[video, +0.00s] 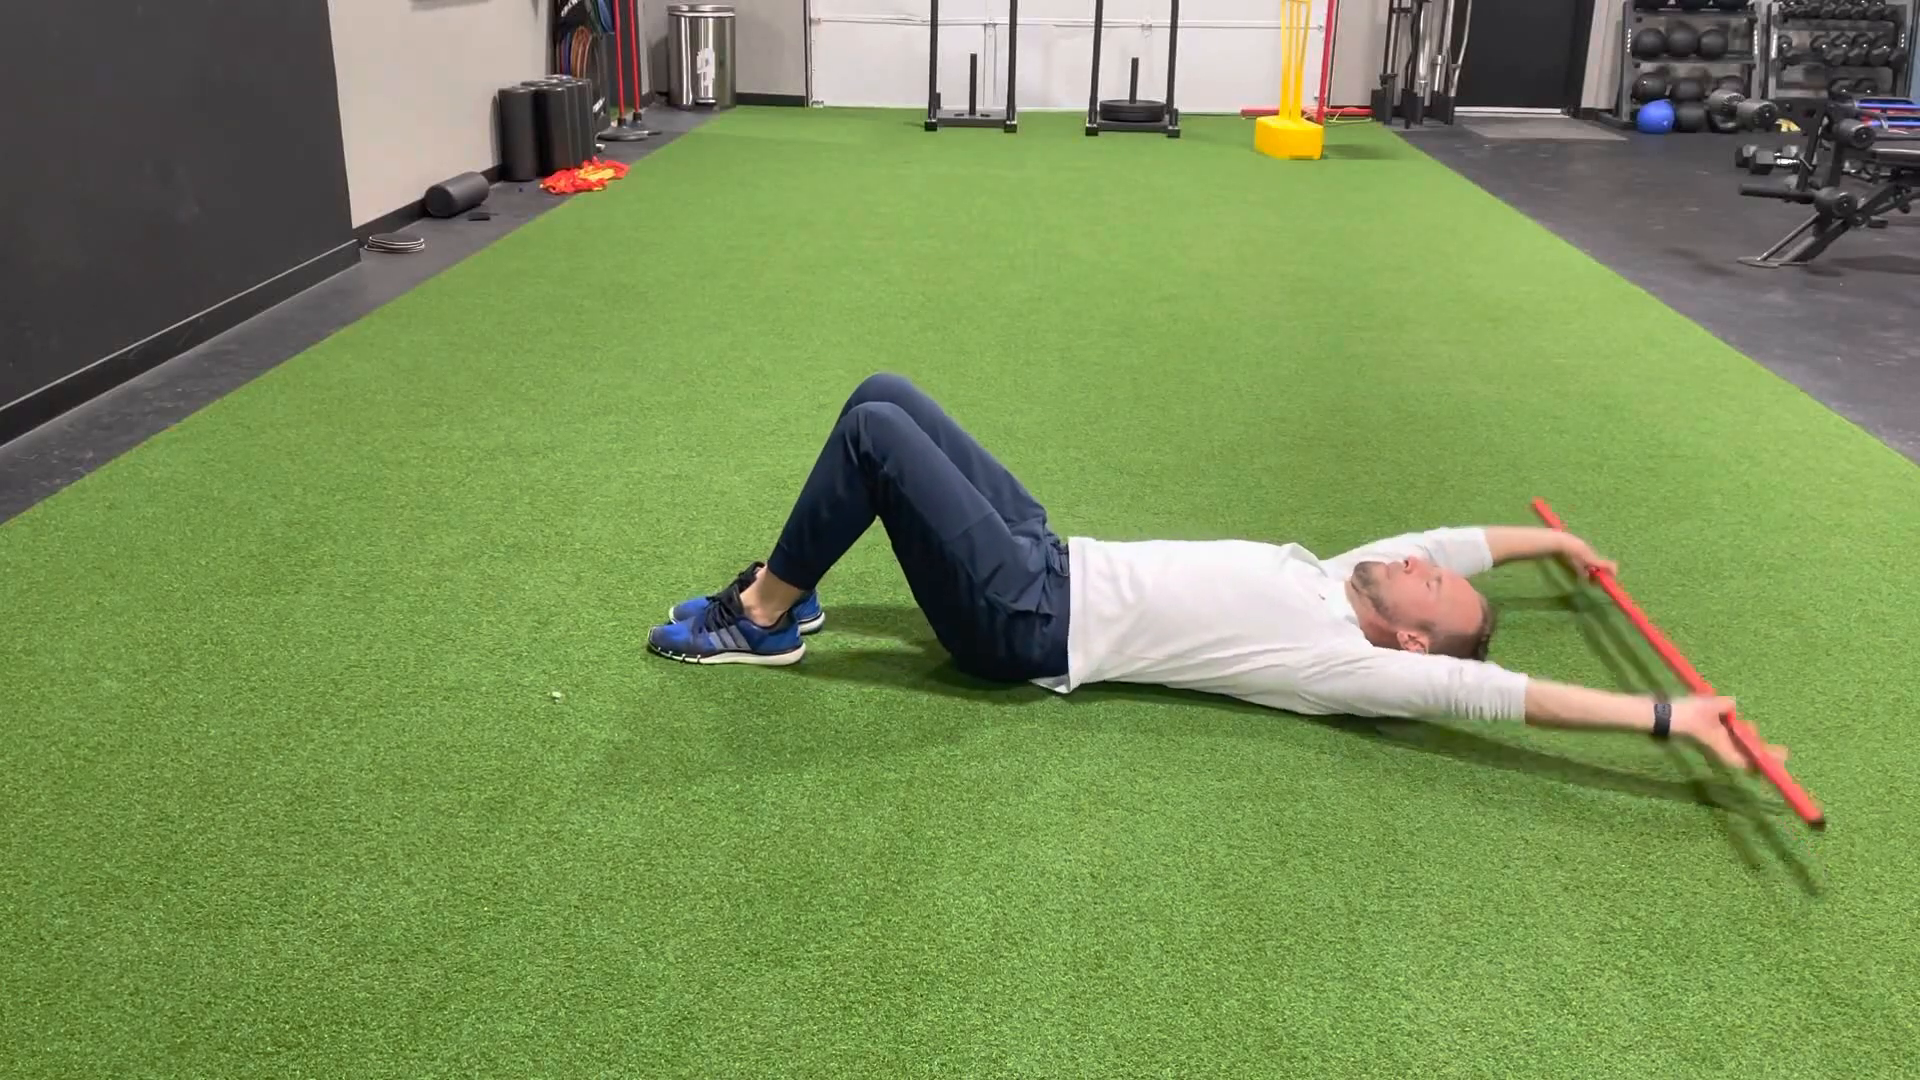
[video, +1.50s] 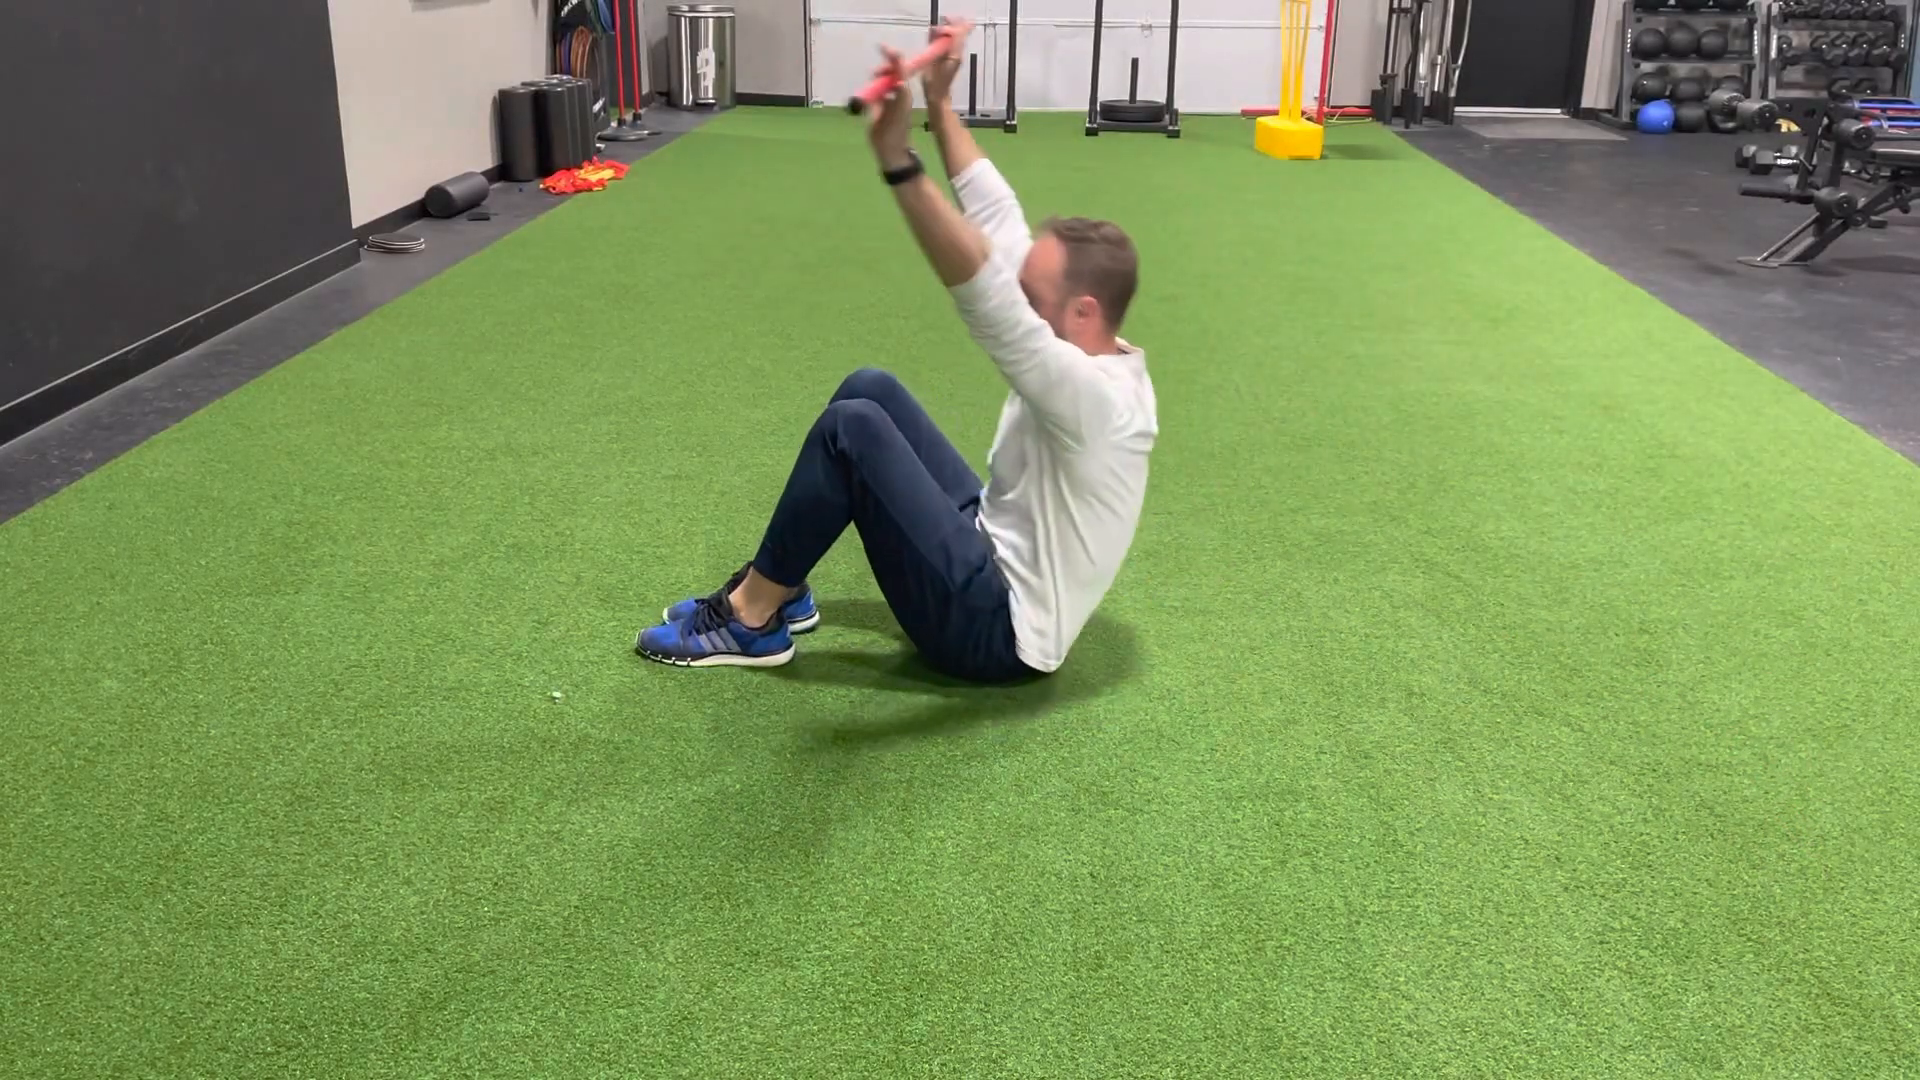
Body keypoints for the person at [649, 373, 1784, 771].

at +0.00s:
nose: (1411, 557)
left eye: (1425, 572)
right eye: (1429, 560)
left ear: (1426, 634)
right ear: (1419, 585)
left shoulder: (1351, 662)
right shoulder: (1346, 588)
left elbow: (1509, 696)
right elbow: (1433, 544)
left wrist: (1673, 715)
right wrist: (1548, 541)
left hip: (1041, 617)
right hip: (1057, 557)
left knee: (874, 415)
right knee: (883, 394)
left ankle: (771, 604)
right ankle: (780, 589)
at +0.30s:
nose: (1345, 476)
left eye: (1371, 484)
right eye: (1351, 465)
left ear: (1387, 530)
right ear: (1338, 476)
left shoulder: (1308, 583)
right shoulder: (1284, 526)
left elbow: (1391, 463)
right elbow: (1323, 382)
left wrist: (1477, 354)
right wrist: (1391, 245)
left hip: (1044, 619)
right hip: (1054, 560)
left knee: (883, 414)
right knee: (891, 392)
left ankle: (768, 606)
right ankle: (778, 586)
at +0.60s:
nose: (1169, 378)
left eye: (1182, 367)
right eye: (1172, 361)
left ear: (1228, 394)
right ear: (1226, 390)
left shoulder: (1221, 478)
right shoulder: (1202, 438)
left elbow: (1147, 355)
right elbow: (1120, 329)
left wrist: (1099, 214)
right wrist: (1061, 188)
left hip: (1034, 621)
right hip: (1045, 567)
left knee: (885, 416)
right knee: (893, 398)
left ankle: (771, 607)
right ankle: (782, 585)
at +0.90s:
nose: (1038, 312)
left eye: (1051, 305)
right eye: (1041, 295)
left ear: (1099, 328)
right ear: (1100, 324)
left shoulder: (1110, 402)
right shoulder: (1111, 373)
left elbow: (1009, 298)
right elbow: (1017, 239)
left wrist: (923, 164)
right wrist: (956, 120)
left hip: (1007, 617)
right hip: (1013, 558)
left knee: (865, 420)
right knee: (878, 390)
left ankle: (757, 611)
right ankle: (778, 586)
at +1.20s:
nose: (968, 296)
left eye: (977, 283)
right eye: (970, 279)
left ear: (1024, 293)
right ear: (1029, 290)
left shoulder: (1037, 367)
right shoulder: (1053, 338)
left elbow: (926, 270)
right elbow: (953, 207)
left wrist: (833, 134)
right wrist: (894, 86)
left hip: (990, 620)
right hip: (1002, 558)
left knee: (847, 426)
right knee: (867, 390)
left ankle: (749, 615)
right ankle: (777, 588)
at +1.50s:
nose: (1020, 308)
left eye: (1034, 299)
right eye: (1021, 292)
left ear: (1083, 315)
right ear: (1082, 312)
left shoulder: (1089, 394)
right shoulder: (1093, 360)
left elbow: (987, 295)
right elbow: (1000, 221)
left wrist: (895, 155)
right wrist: (943, 105)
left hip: (999, 619)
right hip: (1002, 554)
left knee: (852, 425)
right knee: (869, 388)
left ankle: (752, 614)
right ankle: (776, 586)